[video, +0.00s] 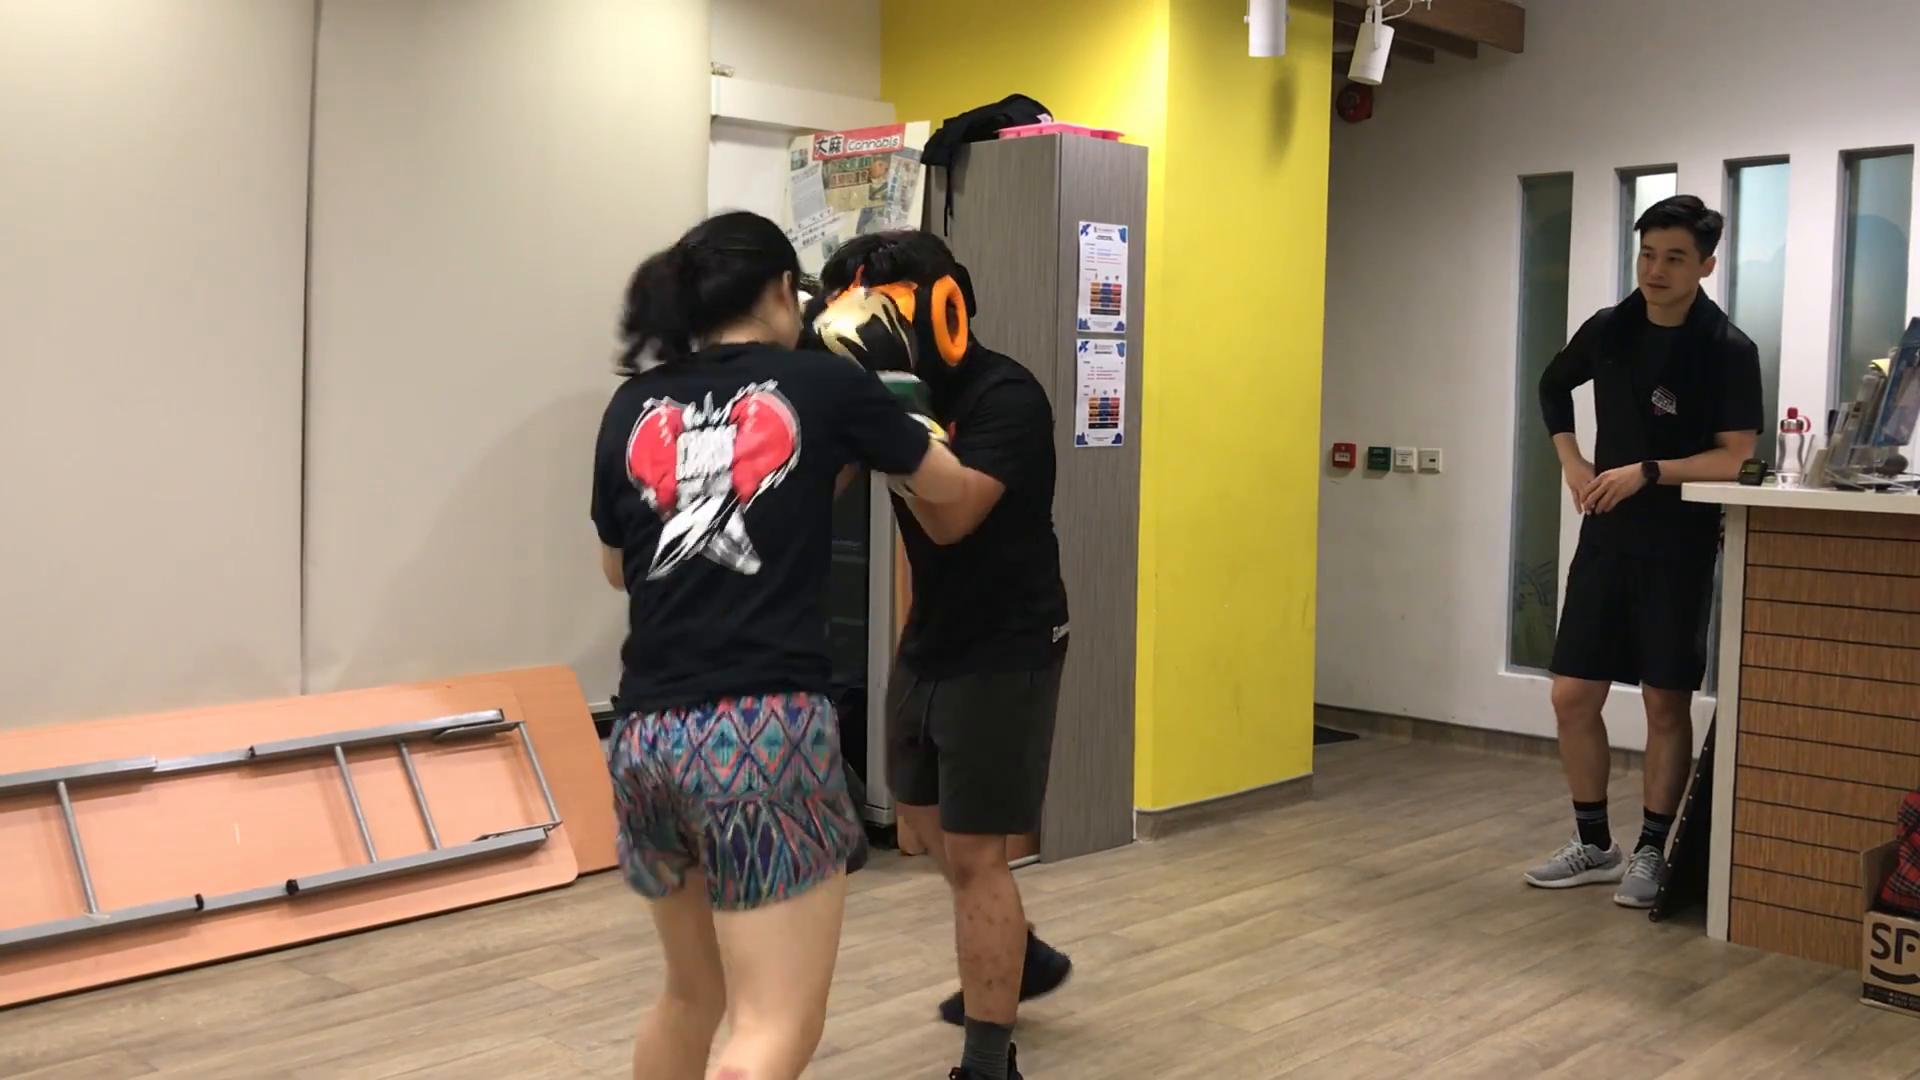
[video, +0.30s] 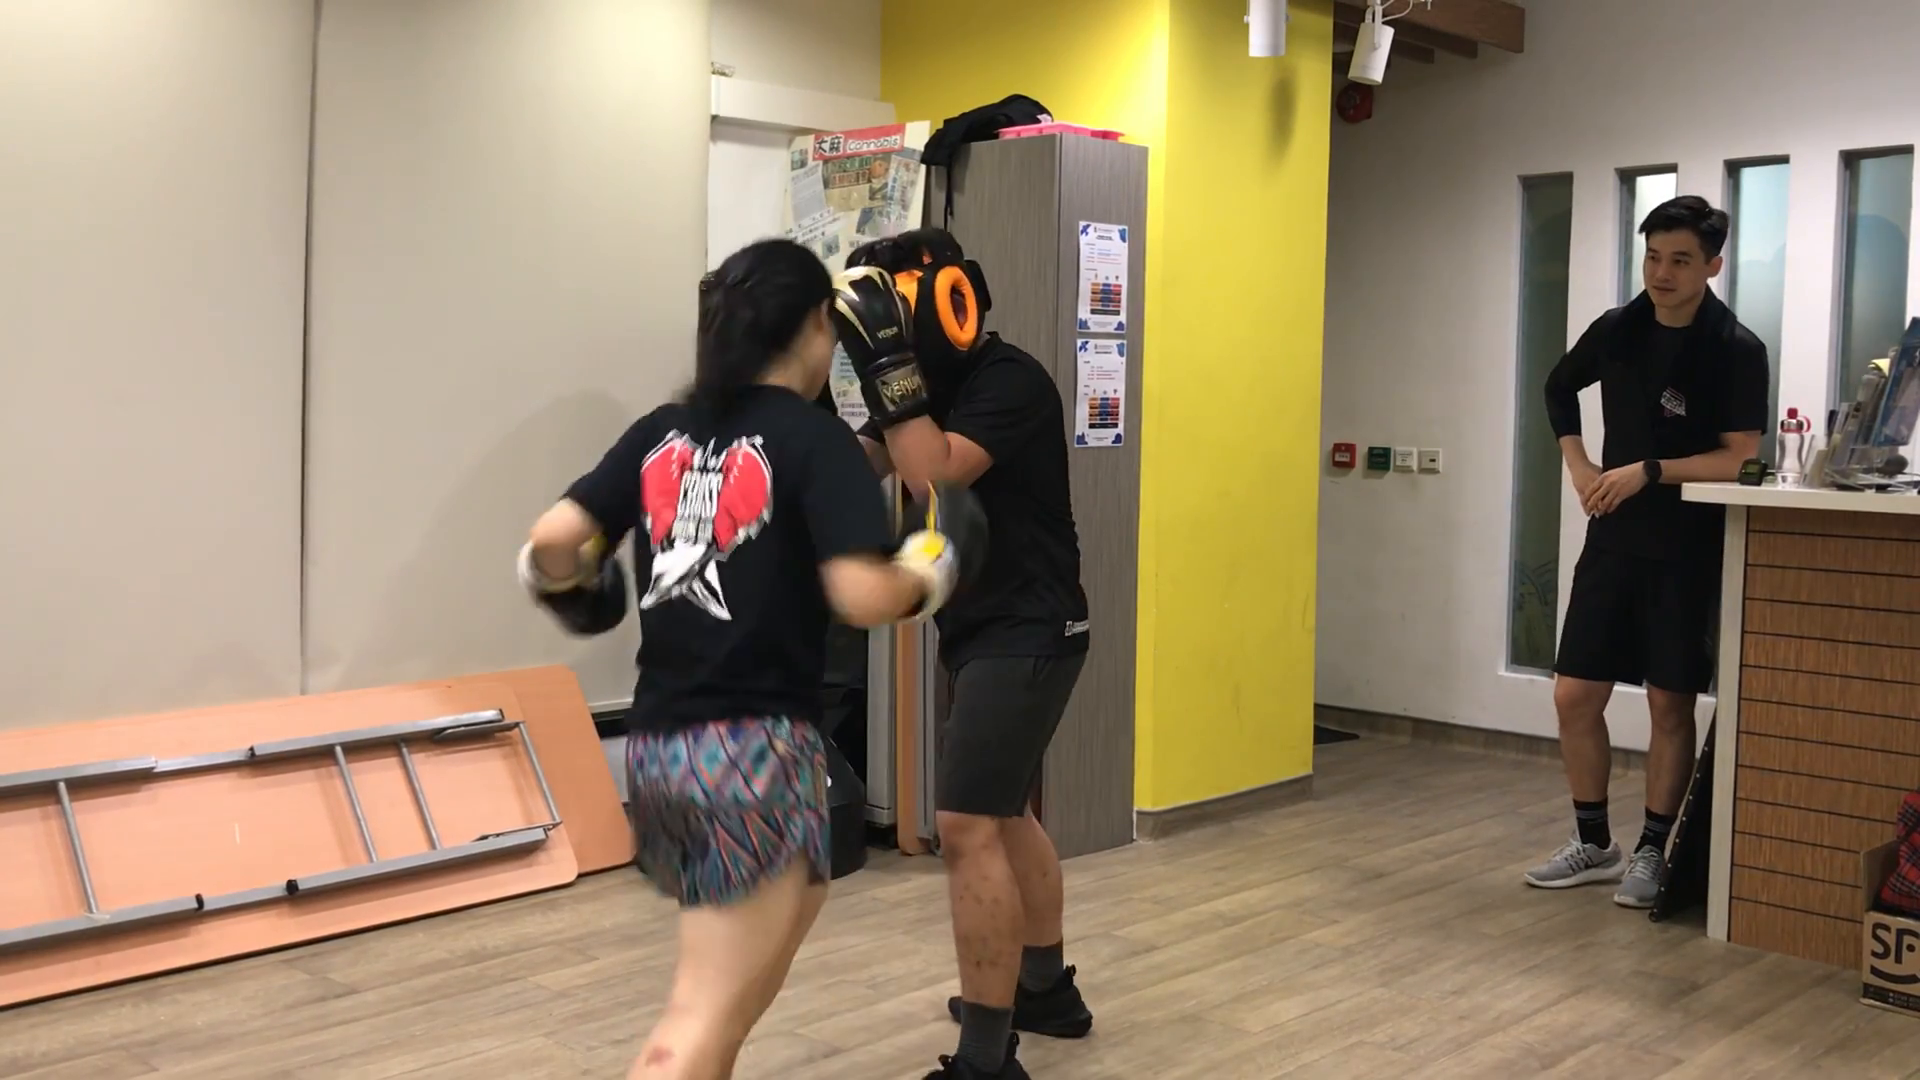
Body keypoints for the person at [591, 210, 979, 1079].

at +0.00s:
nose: (804, 305)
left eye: (799, 291)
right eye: (799, 289)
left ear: (688, 305)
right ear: (779, 291)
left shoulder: (630, 404)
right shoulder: (824, 383)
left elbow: (618, 565)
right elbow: (958, 506)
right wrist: (908, 422)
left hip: (647, 732)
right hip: (768, 727)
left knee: (688, 996)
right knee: (771, 1028)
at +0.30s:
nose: (833, 344)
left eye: (831, 326)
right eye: (828, 325)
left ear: (726, 328)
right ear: (805, 328)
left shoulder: (658, 432)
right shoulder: (812, 435)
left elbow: (555, 536)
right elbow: (859, 596)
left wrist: (569, 585)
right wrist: (924, 574)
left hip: (656, 746)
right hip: (760, 747)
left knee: (738, 988)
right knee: (698, 1024)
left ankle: (693, 1061)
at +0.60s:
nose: (821, 304)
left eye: (817, 289)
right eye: (817, 289)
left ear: (720, 306)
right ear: (799, 299)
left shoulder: (685, 426)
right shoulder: (818, 404)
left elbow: (679, 568)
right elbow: (811, 501)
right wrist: (925, 517)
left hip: (687, 689)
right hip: (781, 692)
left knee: (745, 908)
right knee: (771, 947)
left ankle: (736, 1062)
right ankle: (701, 1072)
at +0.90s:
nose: (810, 315)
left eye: (806, 302)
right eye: (807, 301)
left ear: (711, 312)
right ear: (789, 302)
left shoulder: (655, 407)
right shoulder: (829, 386)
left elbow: (626, 554)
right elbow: (939, 471)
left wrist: (701, 513)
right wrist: (879, 426)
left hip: (679, 694)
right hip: (788, 693)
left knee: (731, 906)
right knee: (793, 929)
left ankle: (734, 1064)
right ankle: (688, 1074)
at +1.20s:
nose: (823, 388)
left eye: (820, 371)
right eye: (822, 371)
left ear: (722, 369)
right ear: (805, 375)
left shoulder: (645, 459)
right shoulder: (820, 475)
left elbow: (575, 591)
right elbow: (896, 608)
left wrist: (660, 560)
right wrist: (900, 512)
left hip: (645, 768)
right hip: (756, 769)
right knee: (745, 1019)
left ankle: (751, 1062)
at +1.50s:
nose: (853, 346)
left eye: (847, 329)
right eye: (846, 329)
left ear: (780, 339)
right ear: (819, 336)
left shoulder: (786, 434)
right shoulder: (759, 432)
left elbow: (701, 400)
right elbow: (646, 511)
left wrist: (700, 404)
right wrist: (735, 523)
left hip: (736, 707)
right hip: (696, 705)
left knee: (782, 878)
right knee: (711, 949)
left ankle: (715, 1043)